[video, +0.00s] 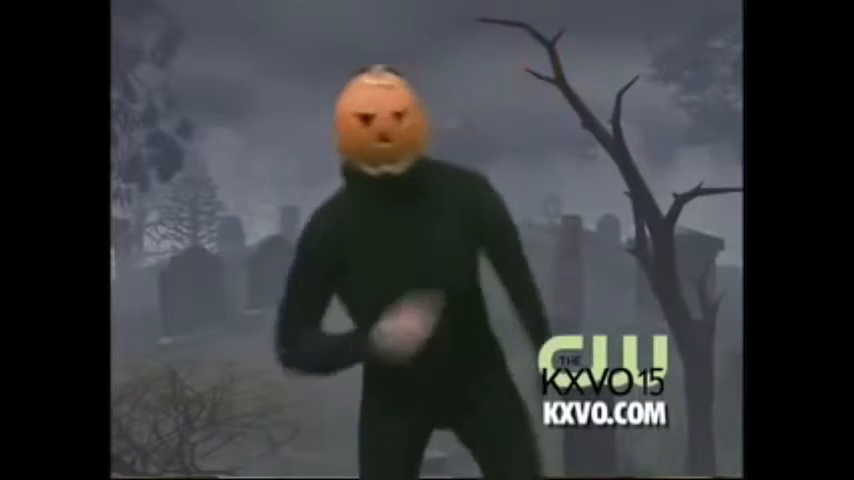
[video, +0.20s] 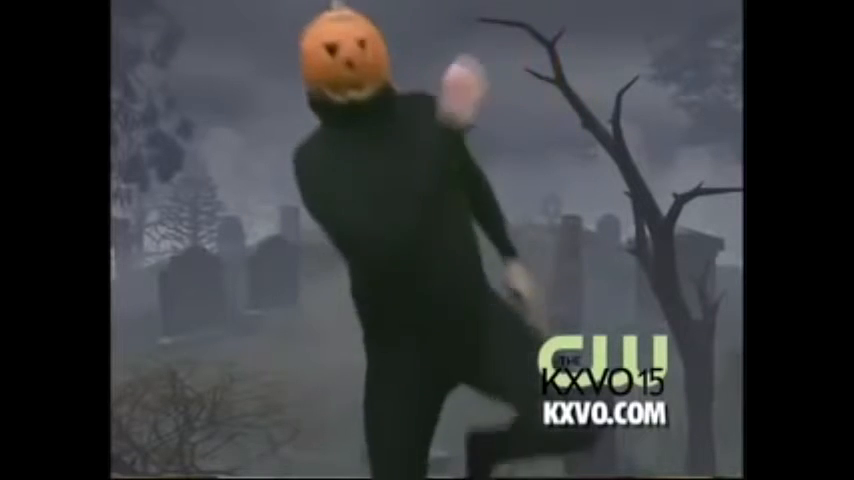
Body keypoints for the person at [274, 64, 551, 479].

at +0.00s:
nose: (384, 130)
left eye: (398, 116)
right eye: (365, 119)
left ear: (419, 123)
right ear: (342, 132)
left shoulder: (466, 193)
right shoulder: (332, 226)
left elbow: (521, 288)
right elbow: (294, 348)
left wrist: (553, 364)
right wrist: (369, 342)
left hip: (478, 383)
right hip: (394, 393)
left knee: (519, 469)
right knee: (382, 471)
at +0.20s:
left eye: (363, 51)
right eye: (339, 88)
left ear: (385, 68)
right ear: (315, 88)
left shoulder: (424, 116)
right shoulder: (316, 159)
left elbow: (471, 185)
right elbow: (379, 242)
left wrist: (509, 256)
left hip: (475, 319)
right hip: (400, 343)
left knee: (577, 412)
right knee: (396, 471)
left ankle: (489, 451)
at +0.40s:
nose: (357, 73)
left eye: (367, 64)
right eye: (339, 67)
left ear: (390, 83)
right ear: (315, 102)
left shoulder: (414, 149)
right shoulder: (322, 182)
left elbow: (448, 226)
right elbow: (418, 232)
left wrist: (490, 276)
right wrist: (509, 155)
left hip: (465, 343)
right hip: (399, 372)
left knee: (588, 354)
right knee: (395, 471)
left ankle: (536, 473)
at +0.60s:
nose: (396, 81)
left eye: (405, 69)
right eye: (378, 75)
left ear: (424, 93)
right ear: (353, 107)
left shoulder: (447, 149)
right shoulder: (334, 184)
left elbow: (481, 191)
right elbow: (358, 280)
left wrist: (503, 240)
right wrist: (437, 212)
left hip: (466, 352)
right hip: (393, 372)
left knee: (576, 406)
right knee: (389, 470)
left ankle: (527, 475)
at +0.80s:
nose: (427, 44)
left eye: (438, 32)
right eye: (410, 34)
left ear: (453, 48)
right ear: (382, 56)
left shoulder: (482, 122)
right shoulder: (357, 148)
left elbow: (541, 181)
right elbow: (346, 265)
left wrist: (517, 187)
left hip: (484, 344)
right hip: (405, 350)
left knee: (499, 468)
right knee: (408, 471)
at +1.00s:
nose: (480, 97)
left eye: (491, 88)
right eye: (464, 87)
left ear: (504, 106)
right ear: (435, 103)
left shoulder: (520, 184)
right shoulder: (397, 187)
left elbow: (551, 291)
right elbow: (359, 283)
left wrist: (503, 247)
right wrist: (330, 377)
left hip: (490, 385)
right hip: (412, 386)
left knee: (504, 472)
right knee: (405, 472)